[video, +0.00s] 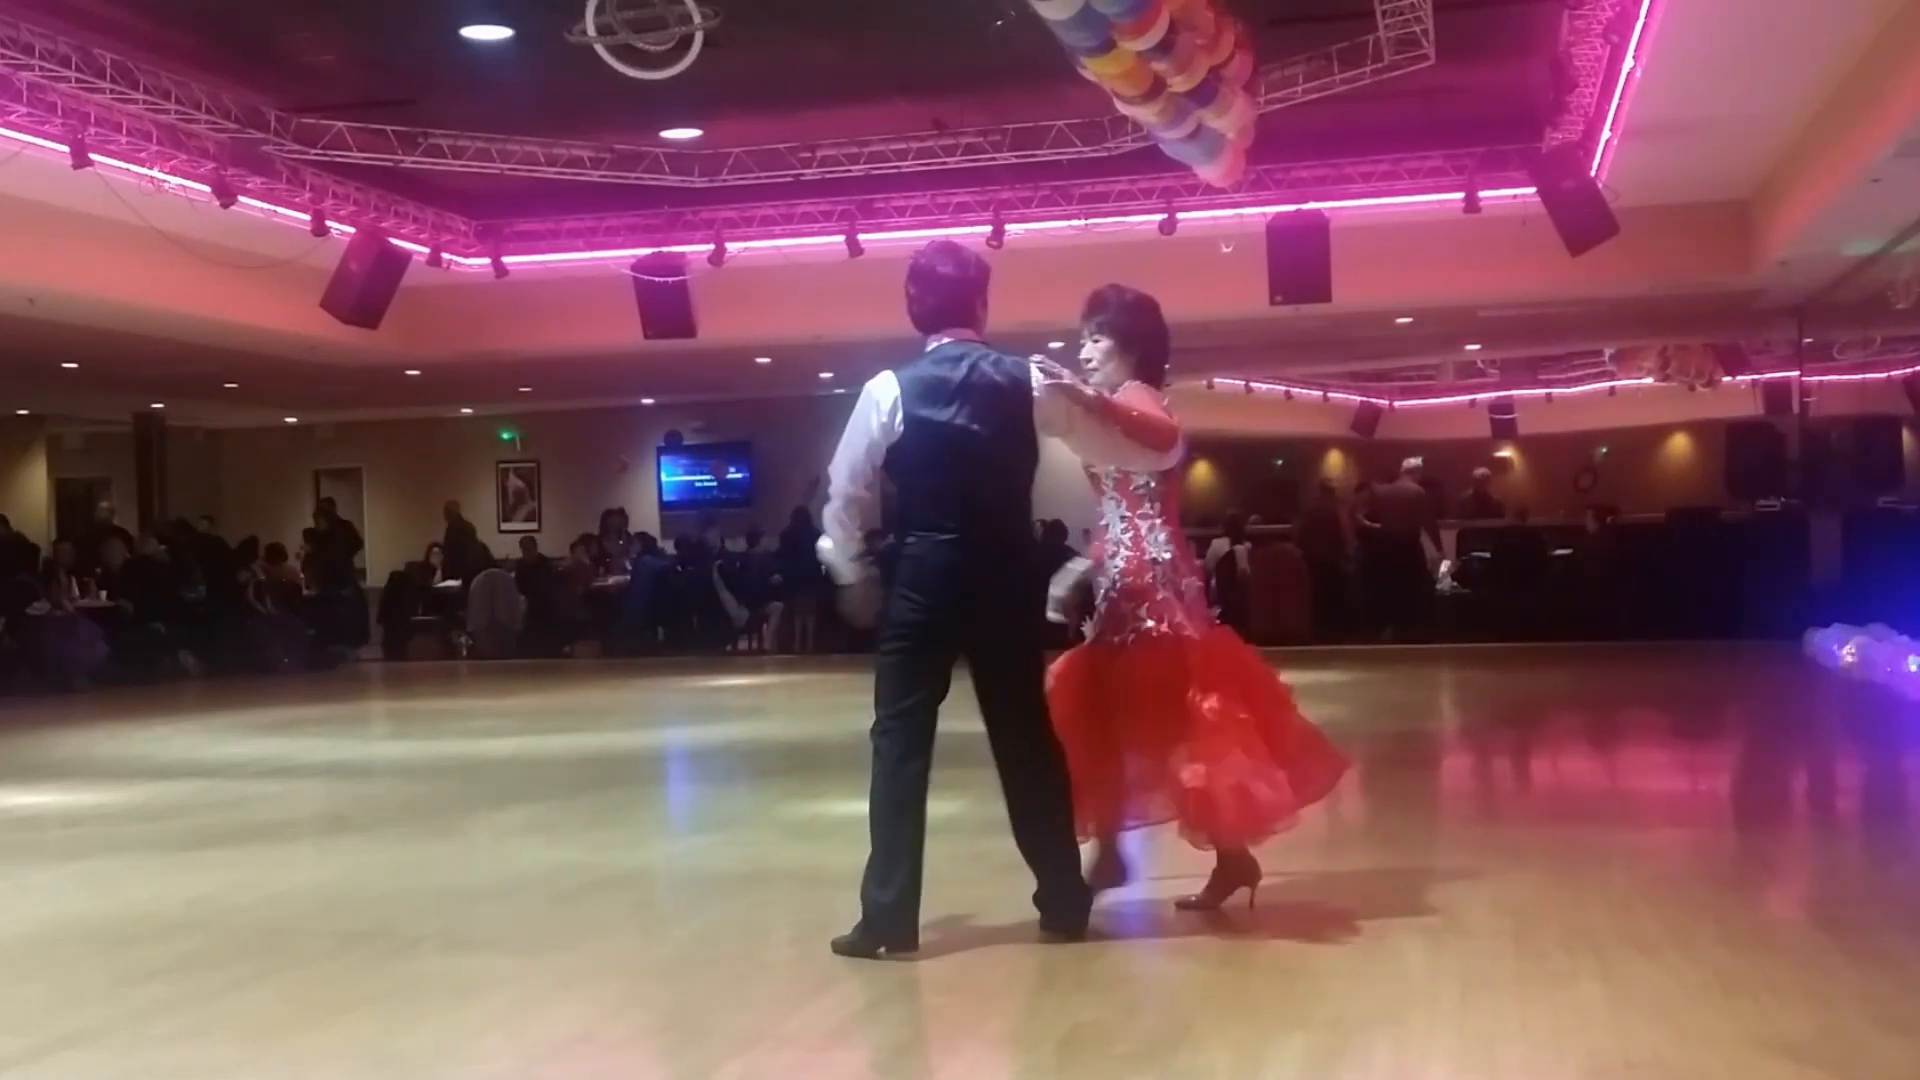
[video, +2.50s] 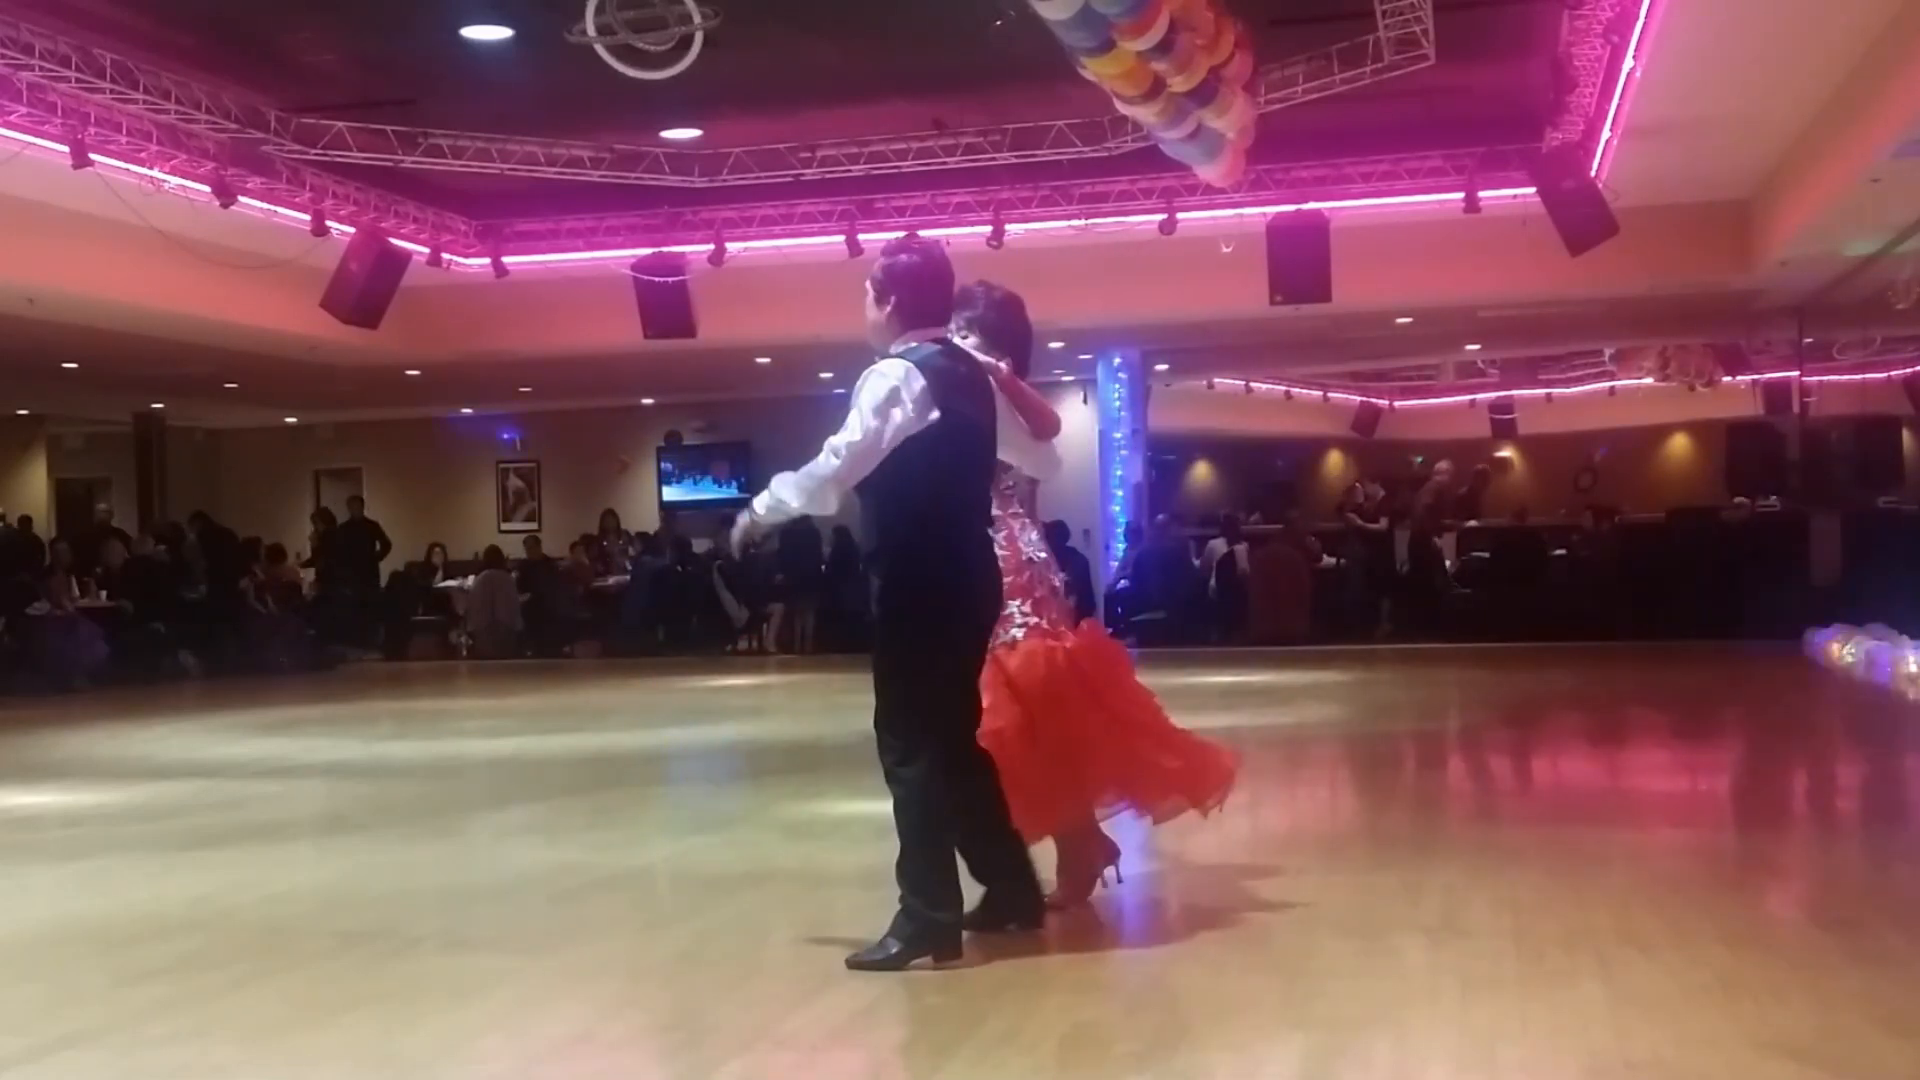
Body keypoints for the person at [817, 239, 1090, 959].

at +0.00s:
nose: (917, 310)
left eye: (915, 299)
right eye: (982, 299)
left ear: (914, 308)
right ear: (982, 304)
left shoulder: (889, 388)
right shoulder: (1031, 382)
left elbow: (847, 490)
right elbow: (1094, 466)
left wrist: (853, 569)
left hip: (922, 578)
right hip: (1007, 577)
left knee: (899, 737)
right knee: (1025, 732)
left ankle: (888, 917)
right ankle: (1064, 903)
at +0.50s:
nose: (1006, 308)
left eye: (1002, 296)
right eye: (1001, 296)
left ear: (926, 301)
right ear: (992, 300)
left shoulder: (891, 378)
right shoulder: (1011, 373)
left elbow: (884, 476)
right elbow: (1117, 426)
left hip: (913, 565)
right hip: (990, 568)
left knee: (920, 726)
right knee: (1032, 731)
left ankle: (886, 895)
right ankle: (1055, 902)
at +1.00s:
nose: (966, 312)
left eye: (964, 300)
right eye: (964, 300)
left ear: (895, 298)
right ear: (954, 301)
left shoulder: (858, 376)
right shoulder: (951, 370)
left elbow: (801, 469)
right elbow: (1048, 374)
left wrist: (829, 520)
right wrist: (1157, 357)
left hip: (870, 559)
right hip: (924, 562)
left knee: (903, 726)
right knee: (890, 726)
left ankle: (887, 894)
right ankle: (790, 877)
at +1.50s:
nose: (944, 316)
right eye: (946, 305)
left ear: (881, 305)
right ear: (947, 309)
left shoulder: (842, 389)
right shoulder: (962, 384)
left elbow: (785, 479)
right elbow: (1047, 446)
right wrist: (1111, 475)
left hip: (860, 571)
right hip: (932, 574)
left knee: (880, 730)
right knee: (952, 735)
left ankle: (880, 895)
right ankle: (901, 894)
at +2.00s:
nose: (887, 311)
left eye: (890, 302)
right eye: (891, 301)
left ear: (902, 306)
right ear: (963, 309)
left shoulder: (886, 375)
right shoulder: (998, 385)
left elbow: (848, 473)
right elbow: (1032, 486)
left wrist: (819, 554)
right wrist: (1002, 538)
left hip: (897, 569)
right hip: (976, 567)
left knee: (869, 733)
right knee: (969, 738)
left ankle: (847, 897)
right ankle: (999, 900)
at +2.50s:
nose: (863, 309)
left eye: (868, 296)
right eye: (866, 295)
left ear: (890, 303)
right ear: (938, 300)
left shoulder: (897, 375)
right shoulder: (973, 371)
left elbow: (839, 465)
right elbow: (1033, 458)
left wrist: (759, 513)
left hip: (917, 588)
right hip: (968, 579)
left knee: (909, 750)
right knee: (952, 742)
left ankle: (925, 919)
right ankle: (1011, 892)